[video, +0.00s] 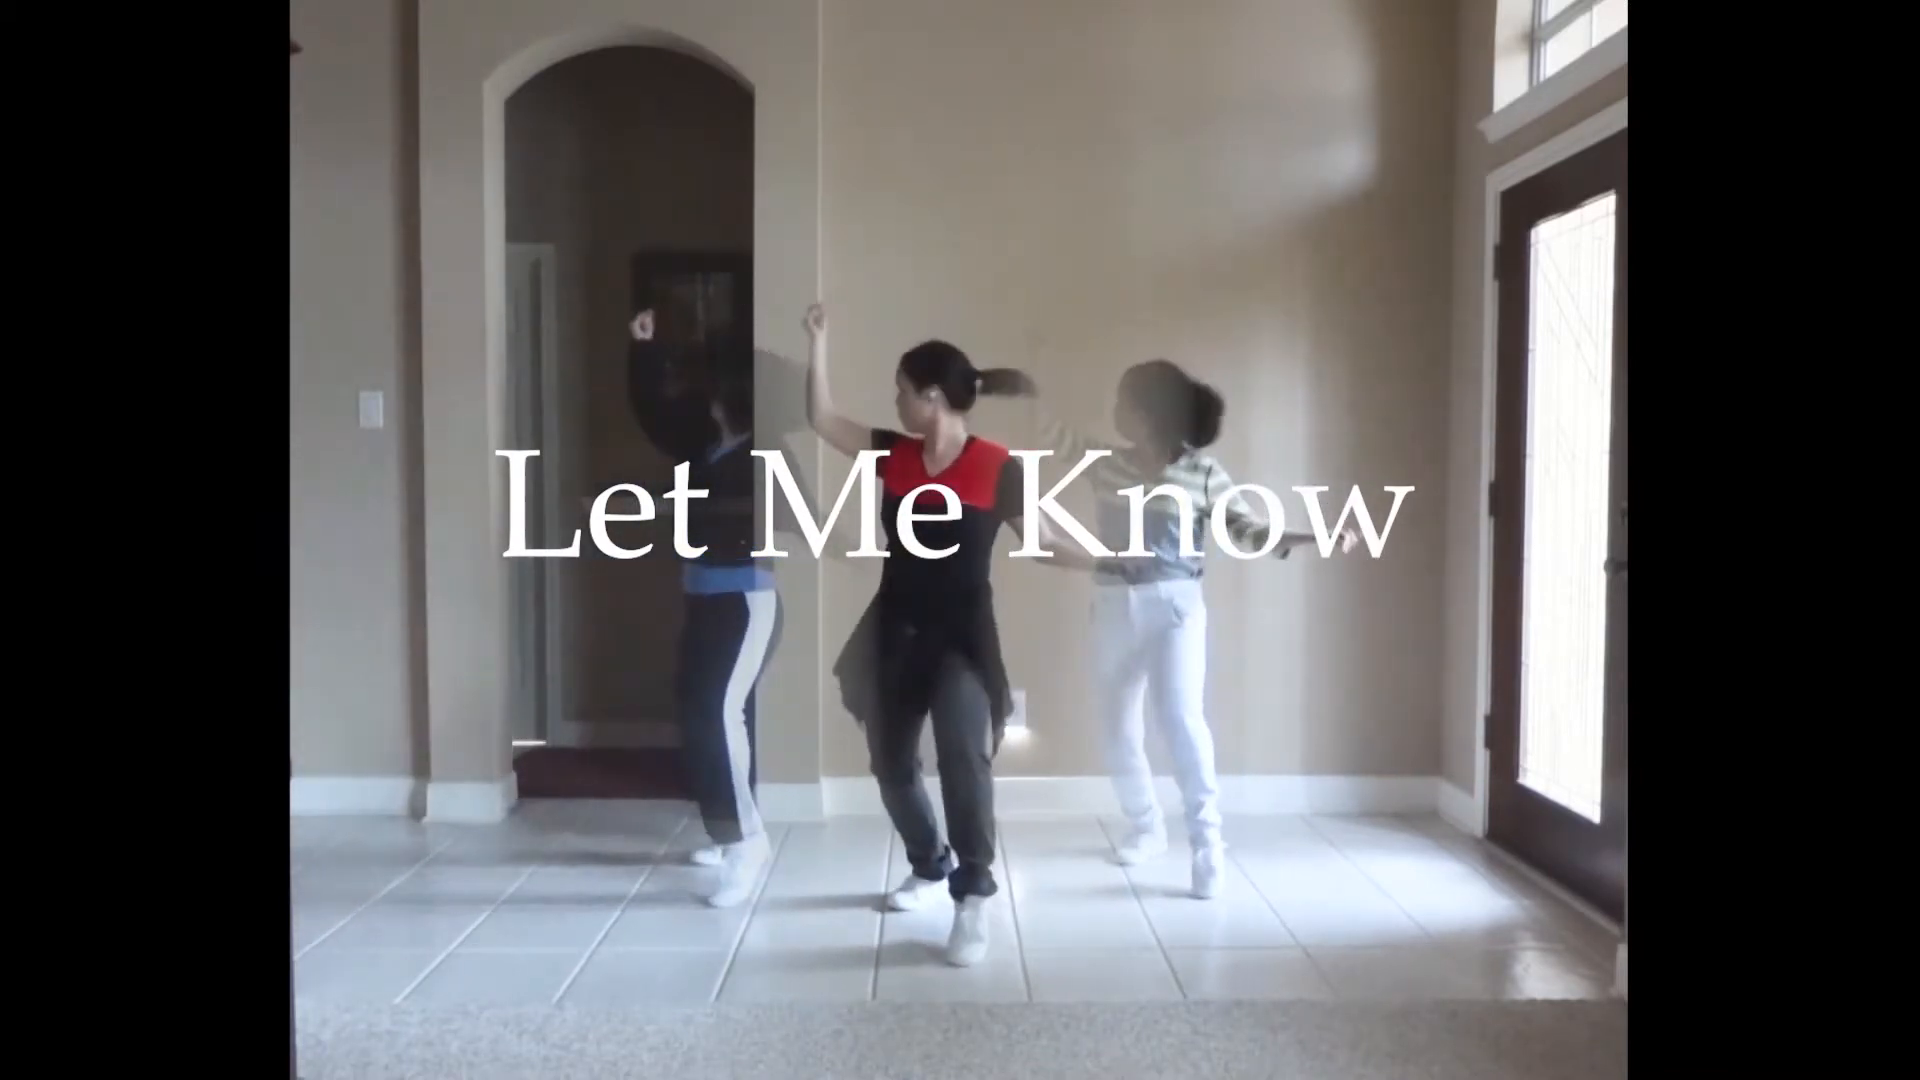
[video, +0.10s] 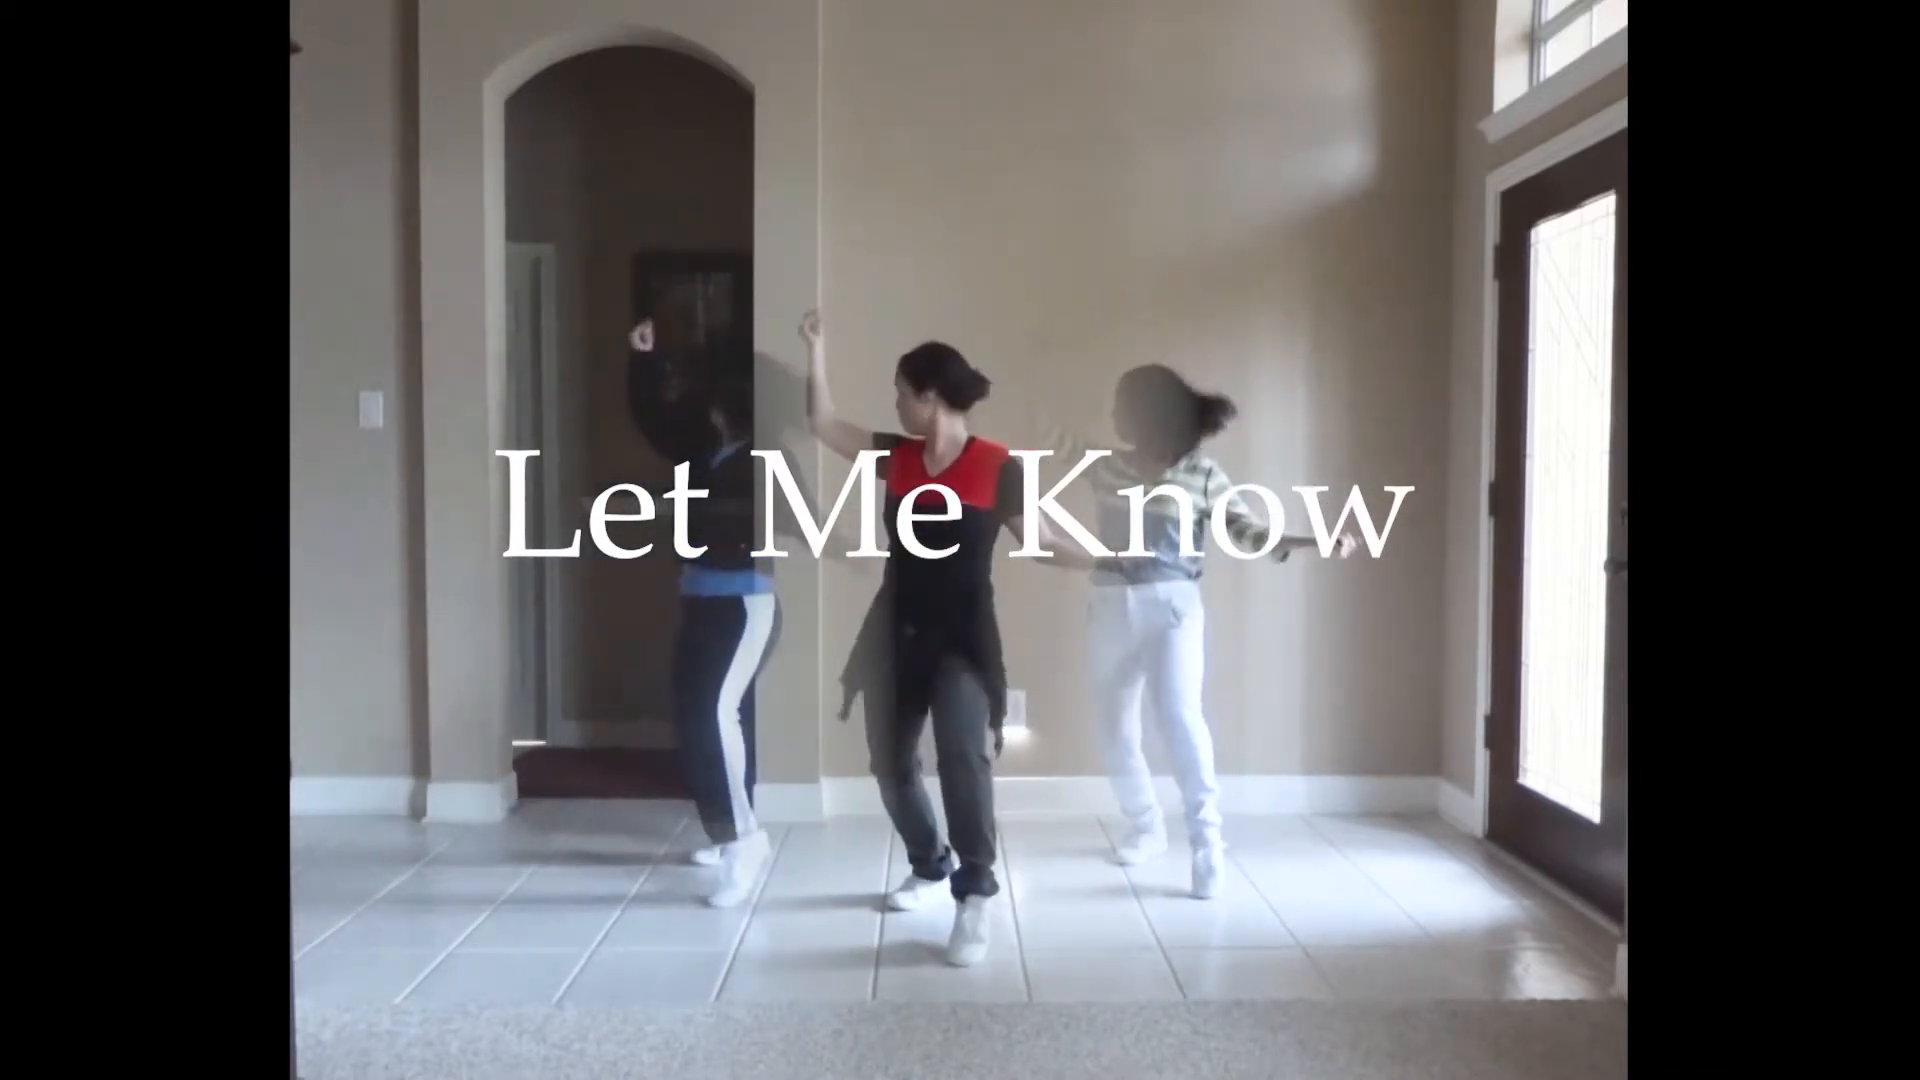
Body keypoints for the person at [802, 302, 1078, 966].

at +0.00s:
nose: (898, 405)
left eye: (905, 395)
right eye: (900, 395)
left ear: (937, 398)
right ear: (924, 399)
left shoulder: (997, 467)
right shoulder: (891, 454)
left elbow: (1052, 538)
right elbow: (823, 419)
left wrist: (1112, 562)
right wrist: (818, 339)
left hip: (962, 632)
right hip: (895, 629)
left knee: (962, 752)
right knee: (891, 763)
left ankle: (973, 893)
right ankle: (931, 868)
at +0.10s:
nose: (900, 405)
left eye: (906, 395)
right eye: (901, 394)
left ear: (937, 399)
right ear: (922, 401)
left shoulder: (996, 466)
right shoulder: (894, 454)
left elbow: (1047, 538)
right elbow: (824, 422)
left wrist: (1110, 562)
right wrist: (816, 345)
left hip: (964, 632)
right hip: (898, 628)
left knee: (961, 751)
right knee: (890, 762)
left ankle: (975, 892)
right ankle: (931, 867)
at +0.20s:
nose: (899, 406)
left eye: (906, 396)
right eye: (900, 395)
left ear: (937, 398)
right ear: (923, 400)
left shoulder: (998, 466)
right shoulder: (897, 454)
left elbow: (1057, 540)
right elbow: (825, 426)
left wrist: (1110, 556)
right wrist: (815, 349)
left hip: (964, 633)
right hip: (898, 629)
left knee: (961, 751)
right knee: (891, 763)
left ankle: (976, 894)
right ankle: (931, 867)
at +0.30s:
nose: (902, 408)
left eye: (909, 398)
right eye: (901, 398)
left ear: (941, 397)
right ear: (920, 400)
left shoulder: (999, 467)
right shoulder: (898, 455)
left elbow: (1063, 540)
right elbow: (825, 427)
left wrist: (1120, 558)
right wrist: (814, 350)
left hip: (964, 633)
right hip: (897, 630)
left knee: (961, 750)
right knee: (892, 764)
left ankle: (977, 894)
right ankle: (931, 868)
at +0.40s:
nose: (904, 408)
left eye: (911, 397)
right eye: (904, 397)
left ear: (942, 397)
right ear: (918, 400)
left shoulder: (999, 466)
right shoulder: (900, 454)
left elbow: (1064, 539)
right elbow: (826, 427)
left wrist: (1117, 557)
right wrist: (816, 350)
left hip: (965, 633)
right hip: (898, 629)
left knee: (960, 751)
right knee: (892, 762)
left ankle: (977, 893)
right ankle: (931, 867)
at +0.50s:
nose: (903, 408)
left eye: (911, 397)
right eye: (903, 397)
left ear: (944, 396)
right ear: (926, 400)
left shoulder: (1001, 466)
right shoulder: (901, 454)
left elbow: (1060, 537)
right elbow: (827, 429)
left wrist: (1115, 557)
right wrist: (815, 351)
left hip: (966, 632)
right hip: (902, 628)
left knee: (960, 753)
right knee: (893, 763)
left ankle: (977, 894)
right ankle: (931, 868)